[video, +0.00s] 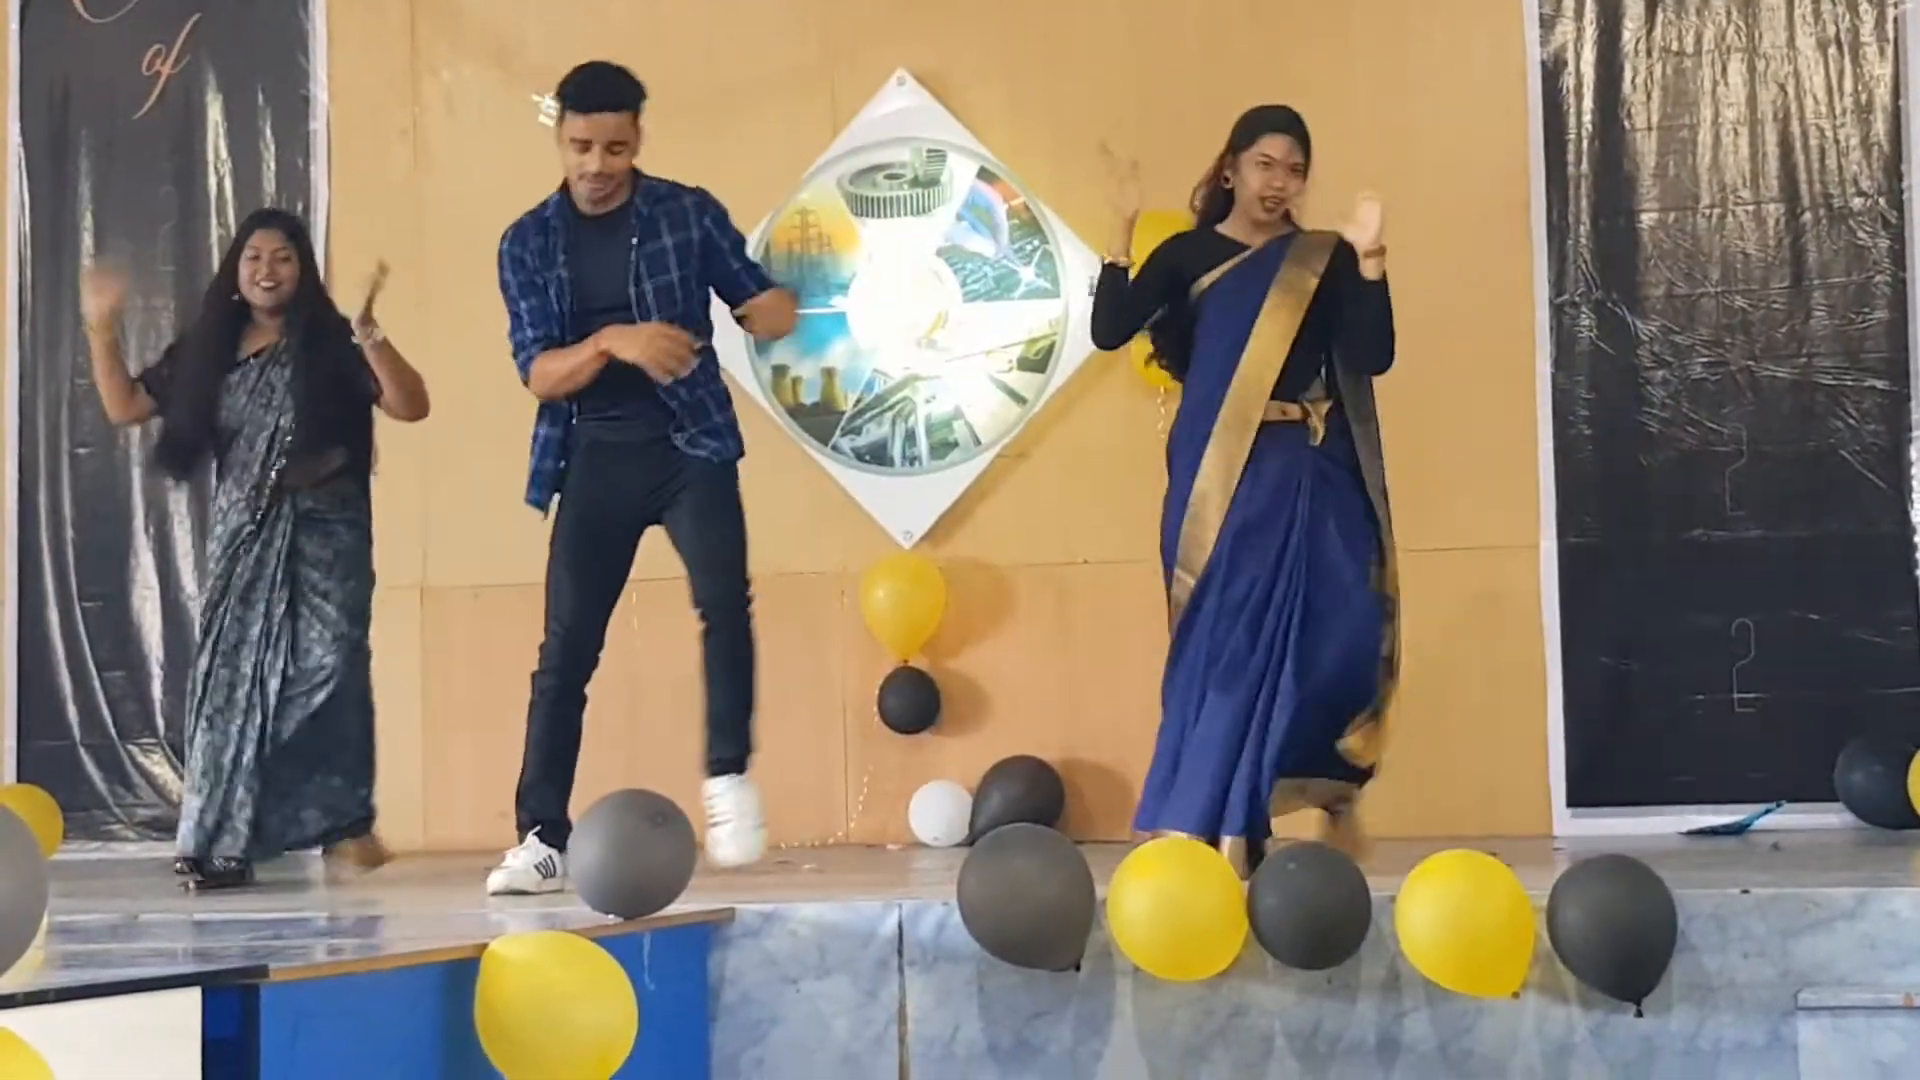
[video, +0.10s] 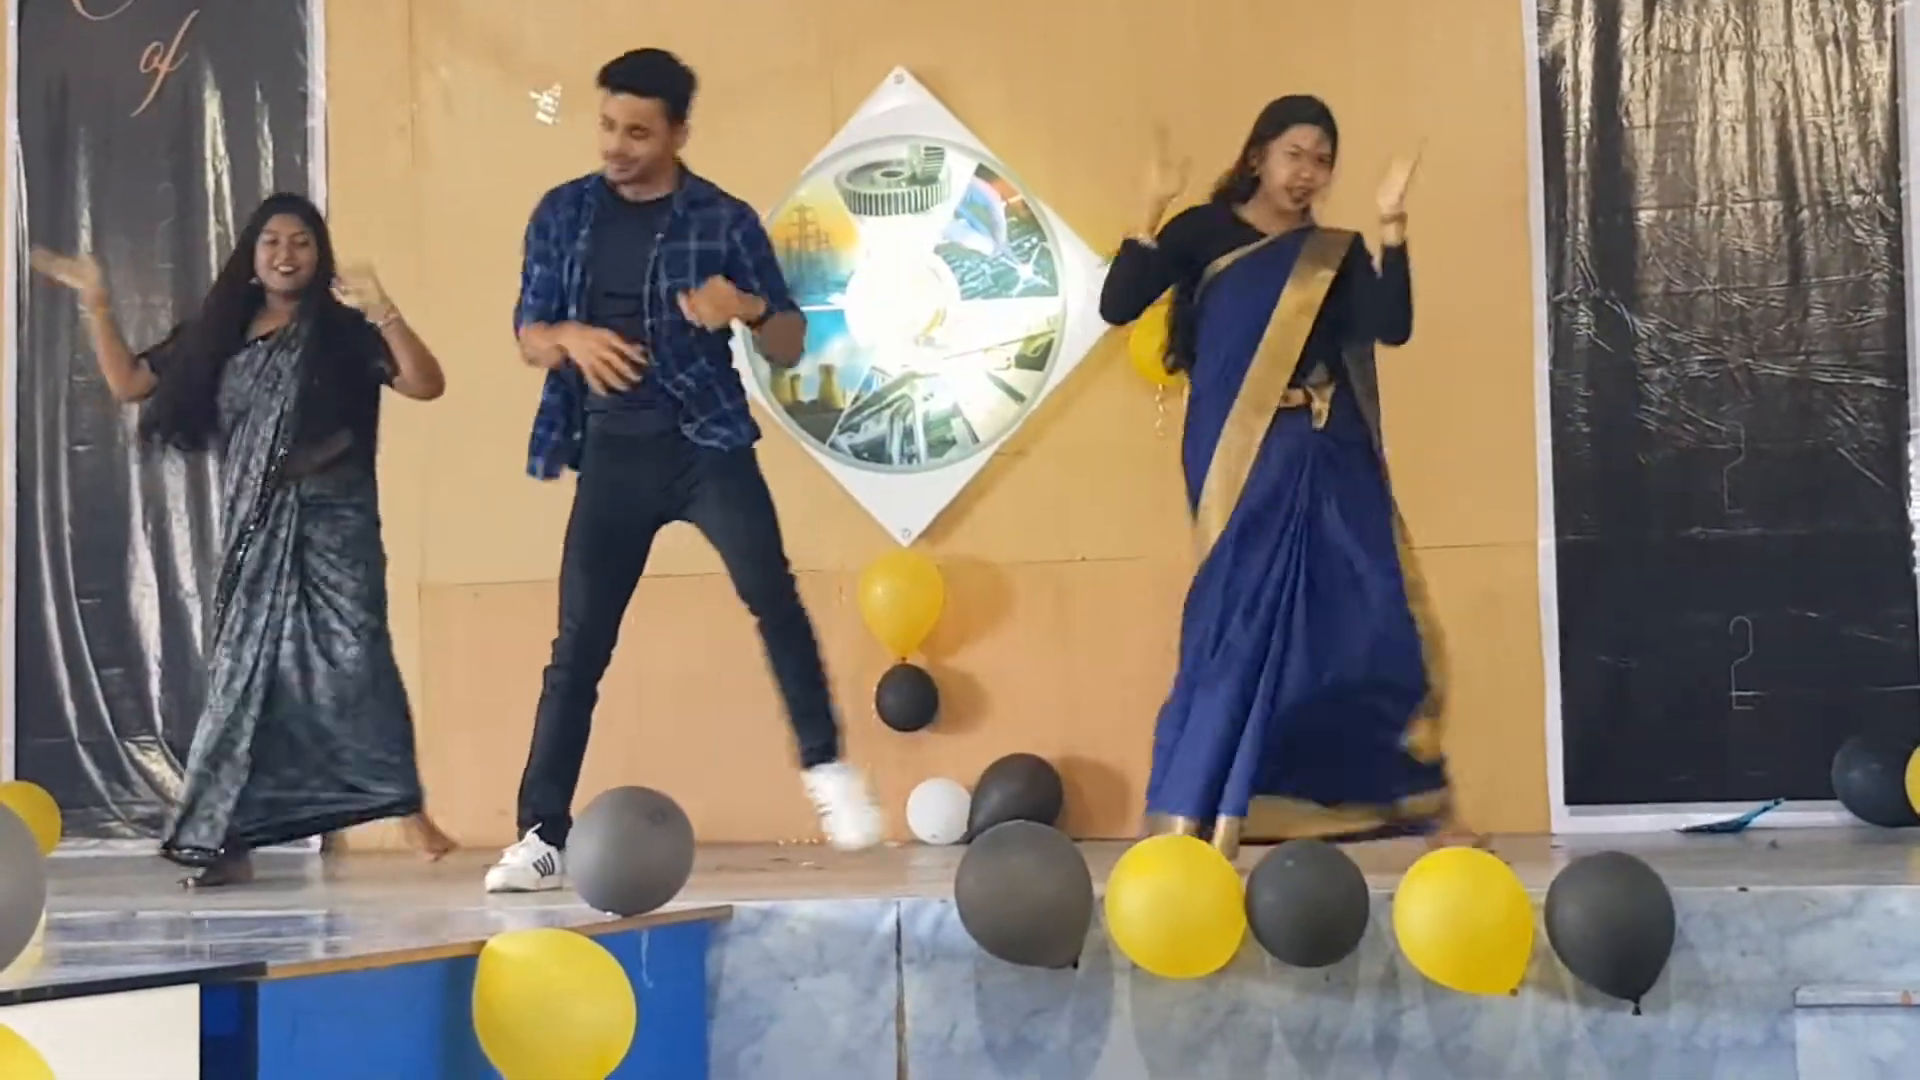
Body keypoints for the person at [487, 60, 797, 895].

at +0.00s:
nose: (596, 166)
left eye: (615, 149)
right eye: (580, 149)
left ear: (640, 139)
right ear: (558, 140)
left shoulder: (689, 213)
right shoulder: (530, 242)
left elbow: (766, 311)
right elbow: (543, 377)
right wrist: (612, 340)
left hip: (693, 450)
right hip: (595, 460)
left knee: (724, 603)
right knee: (566, 649)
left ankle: (728, 784)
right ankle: (542, 839)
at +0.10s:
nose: (615, 144)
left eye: (635, 131)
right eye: (607, 126)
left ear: (678, 131)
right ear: (597, 119)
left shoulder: (727, 221)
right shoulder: (561, 214)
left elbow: (789, 346)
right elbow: (528, 341)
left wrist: (746, 312)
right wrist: (567, 339)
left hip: (712, 452)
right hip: (611, 459)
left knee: (770, 594)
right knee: (578, 647)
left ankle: (826, 768)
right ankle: (543, 837)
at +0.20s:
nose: (661, 138)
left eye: (680, 126)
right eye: (656, 121)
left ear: (730, 129)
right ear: (650, 116)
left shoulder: (768, 230)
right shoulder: (619, 196)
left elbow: (804, 365)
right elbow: (562, 311)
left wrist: (758, 288)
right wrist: (565, 286)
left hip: (734, 459)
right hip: (634, 460)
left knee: (806, 607)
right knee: (595, 644)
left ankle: (922, 779)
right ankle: (542, 834)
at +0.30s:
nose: (712, 146)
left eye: (731, 134)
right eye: (708, 130)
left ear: (784, 139)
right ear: (704, 127)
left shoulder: (820, 239)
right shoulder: (684, 209)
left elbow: (825, 370)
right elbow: (618, 328)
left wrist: (786, 255)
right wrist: (608, 249)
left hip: (768, 480)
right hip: (672, 477)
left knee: (839, 644)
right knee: (610, 652)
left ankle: (970, 797)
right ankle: (542, 833)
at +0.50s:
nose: (797, 144)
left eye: (815, 129)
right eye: (790, 127)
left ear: (865, 127)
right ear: (785, 126)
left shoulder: (908, 224)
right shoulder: (770, 210)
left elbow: (904, 343)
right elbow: (706, 330)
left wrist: (857, 235)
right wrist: (706, 241)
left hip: (848, 468)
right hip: (752, 460)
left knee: (893, 646)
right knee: (654, 626)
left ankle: (983, 814)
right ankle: (588, 806)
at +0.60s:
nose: (823, 126)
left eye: (840, 109)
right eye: (813, 110)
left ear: (884, 104)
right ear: (804, 108)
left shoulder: (930, 201)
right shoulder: (785, 193)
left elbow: (939, 334)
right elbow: (733, 321)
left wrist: (864, 254)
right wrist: (721, 258)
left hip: (873, 448)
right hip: (777, 441)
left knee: (909, 631)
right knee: (677, 593)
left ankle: (985, 812)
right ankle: (695, 778)